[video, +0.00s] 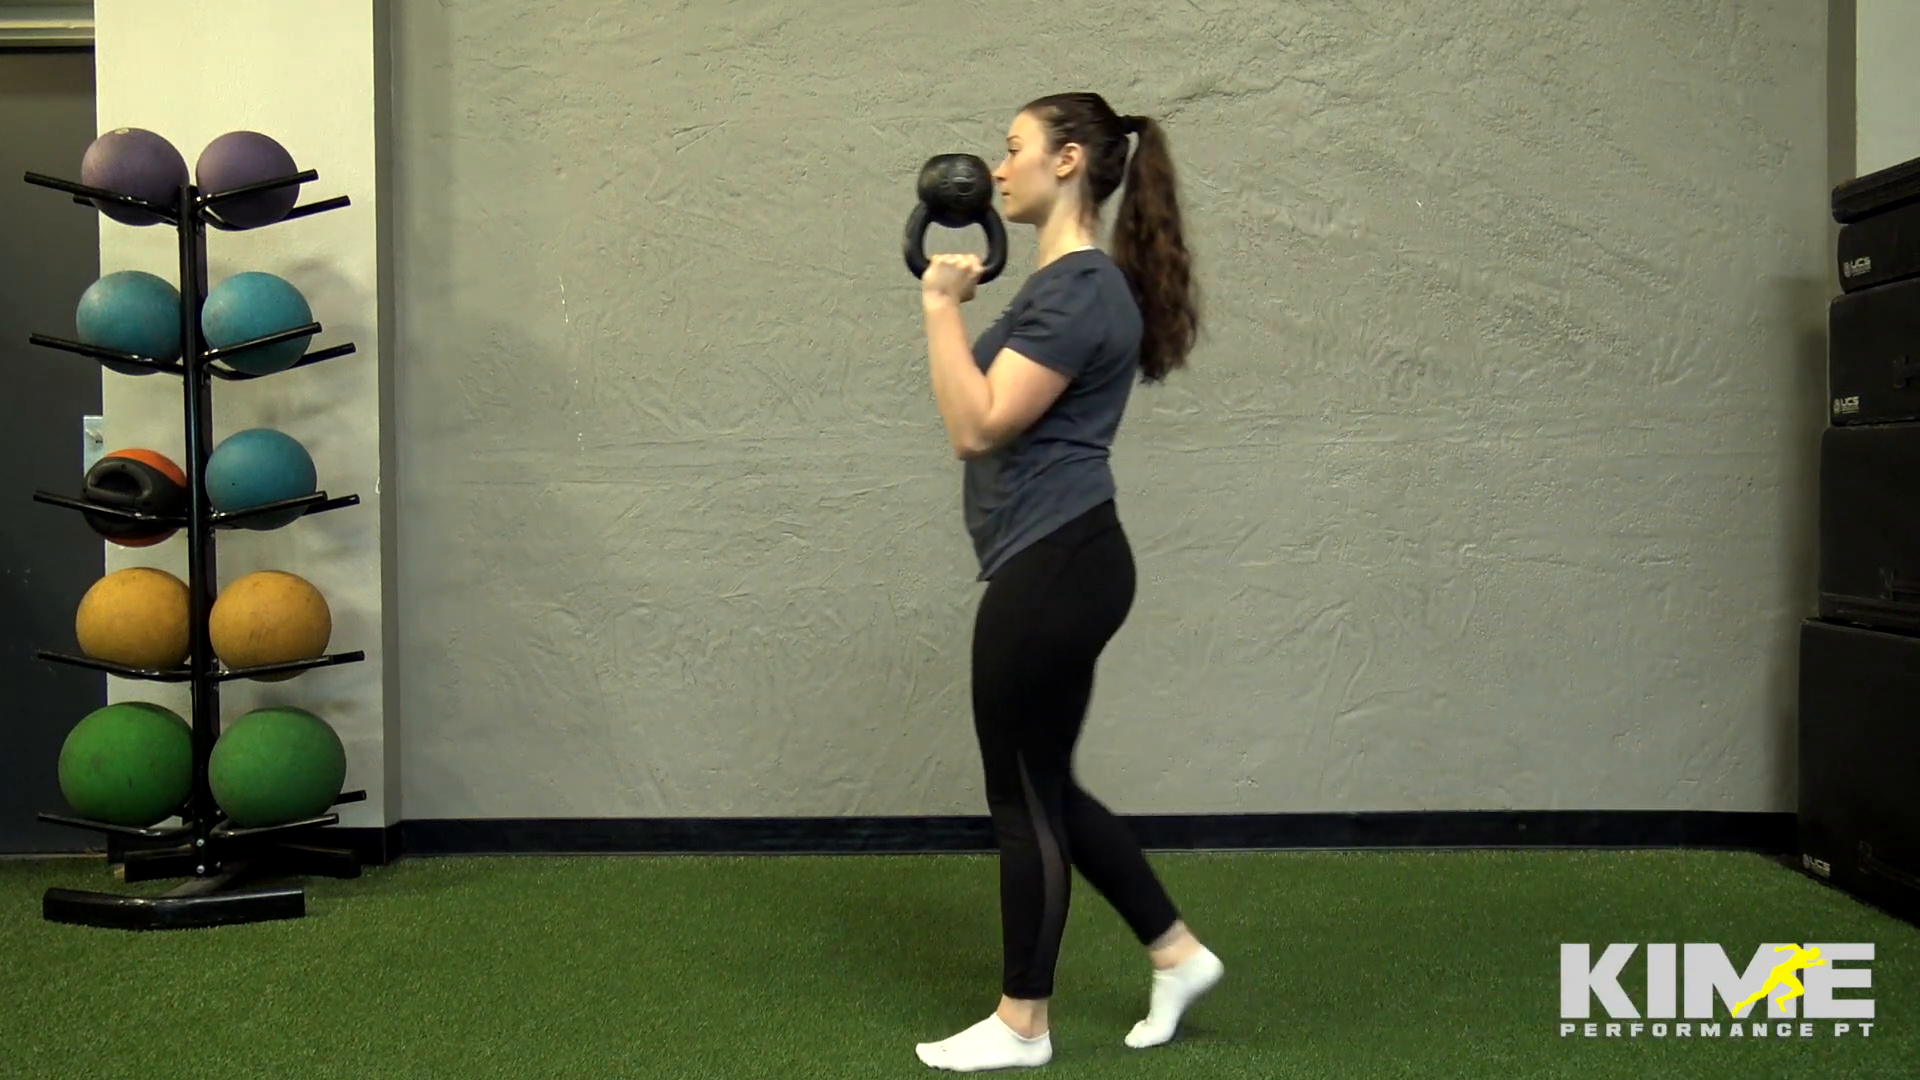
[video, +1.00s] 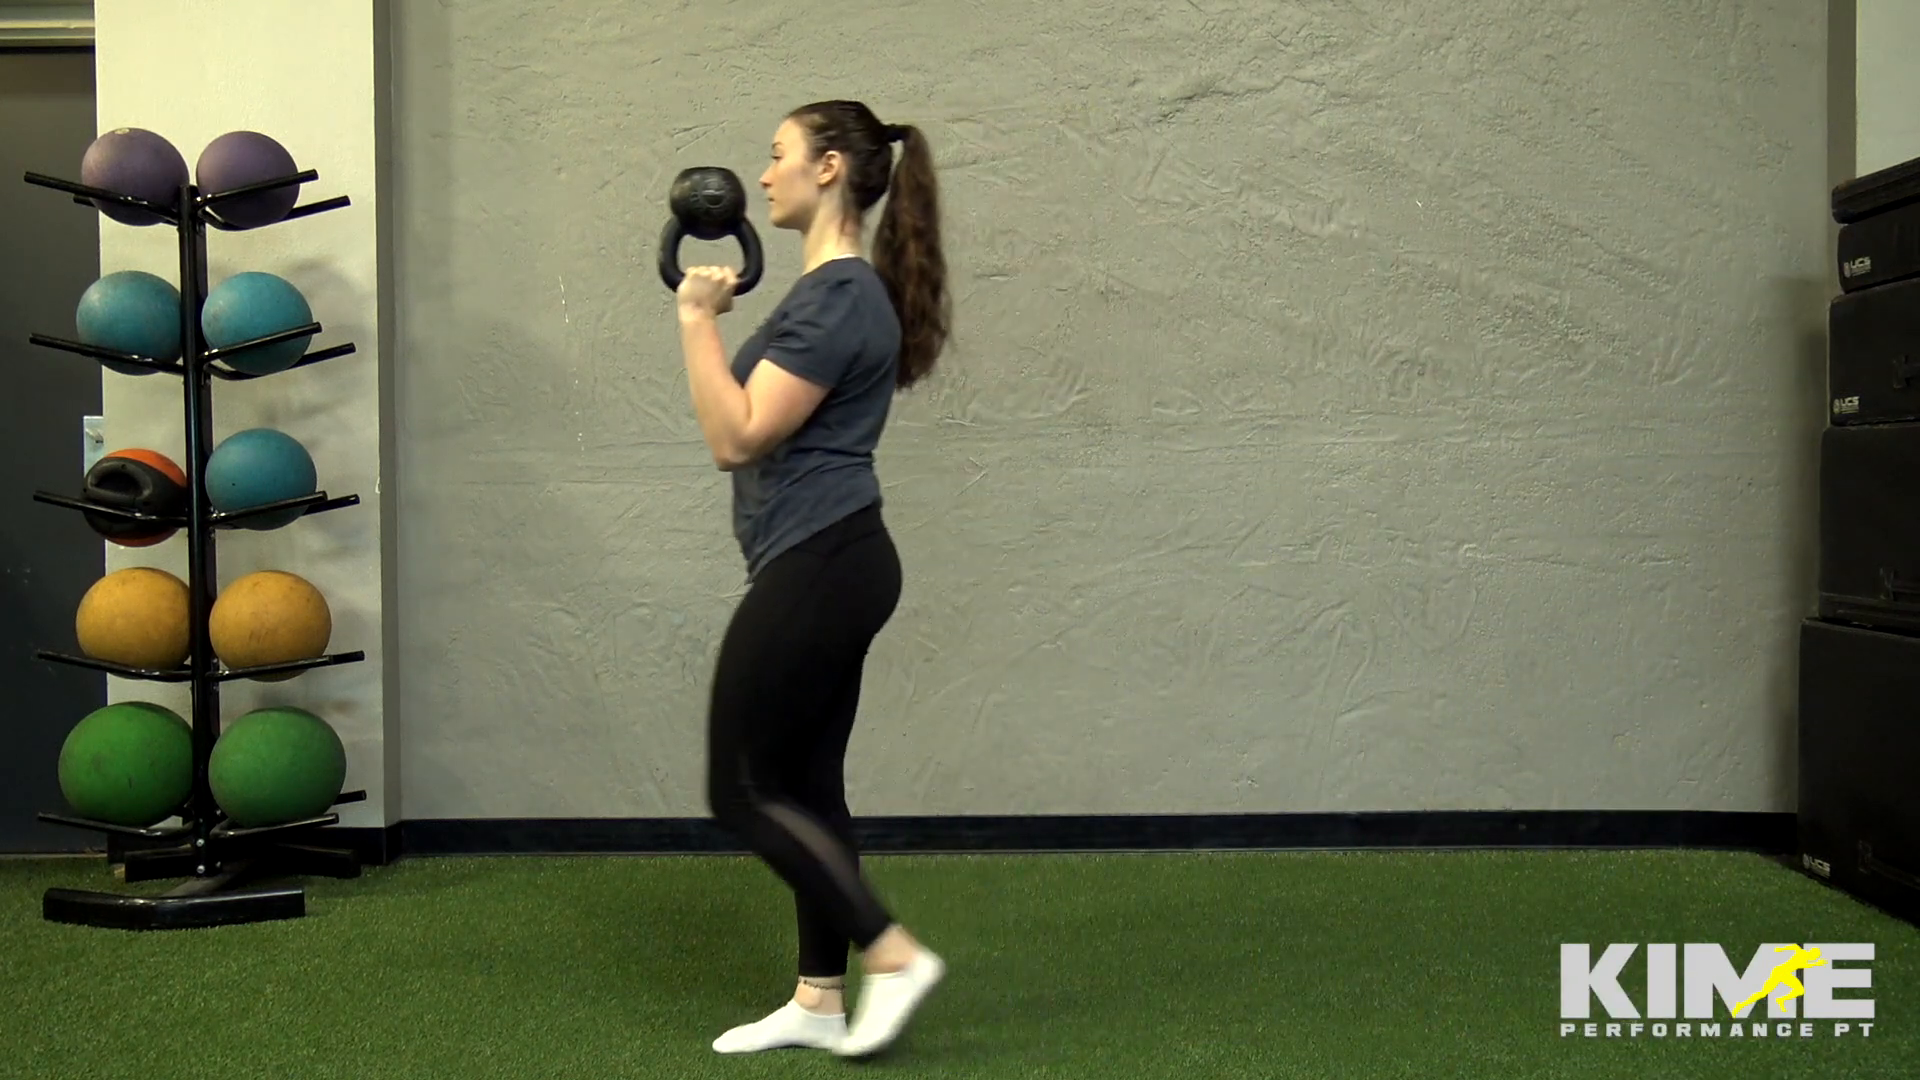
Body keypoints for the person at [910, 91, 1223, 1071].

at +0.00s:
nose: (998, 170)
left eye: (1015, 152)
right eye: (1004, 152)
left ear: (1069, 165)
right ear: (1072, 166)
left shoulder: (1078, 288)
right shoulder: (1067, 281)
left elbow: (979, 424)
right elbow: (976, 425)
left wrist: (940, 304)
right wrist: (950, 306)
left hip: (1053, 565)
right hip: (1058, 558)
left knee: (1020, 792)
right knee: (1045, 782)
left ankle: (1022, 1018)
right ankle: (1178, 952)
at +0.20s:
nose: (952, 168)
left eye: (968, 150)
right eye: (957, 151)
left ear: (1023, 161)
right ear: (1022, 161)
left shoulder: (1039, 286)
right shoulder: (1014, 279)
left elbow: (934, 423)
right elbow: (931, 420)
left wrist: (892, 304)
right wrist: (898, 304)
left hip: (1020, 563)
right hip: (985, 563)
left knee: (1002, 791)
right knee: (923, 775)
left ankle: (1021, 1022)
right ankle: (1049, 944)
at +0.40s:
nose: (906, 171)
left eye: (922, 154)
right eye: (911, 154)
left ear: (977, 165)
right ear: (980, 170)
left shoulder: (992, 287)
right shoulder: (967, 282)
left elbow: (880, 424)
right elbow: (887, 424)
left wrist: (843, 306)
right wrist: (842, 310)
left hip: (978, 566)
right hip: (939, 567)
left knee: (978, 799)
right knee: (884, 781)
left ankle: (1021, 1020)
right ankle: (847, 989)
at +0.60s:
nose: (858, 175)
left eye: (872, 158)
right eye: (862, 158)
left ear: (926, 168)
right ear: (927, 170)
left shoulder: (944, 293)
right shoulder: (919, 288)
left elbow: (828, 427)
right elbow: (825, 424)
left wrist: (790, 312)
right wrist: (792, 314)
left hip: (923, 565)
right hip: (892, 568)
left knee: (940, 799)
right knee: (858, 795)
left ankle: (1017, 1014)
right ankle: (825, 1000)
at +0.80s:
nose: (813, 174)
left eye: (828, 157)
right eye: (819, 157)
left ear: (878, 171)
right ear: (884, 172)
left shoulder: (888, 295)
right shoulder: (879, 289)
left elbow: (784, 429)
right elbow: (779, 435)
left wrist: (745, 312)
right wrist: (755, 317)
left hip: (871, 564)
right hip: (857, 562)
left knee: (860, 791)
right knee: (835, 788)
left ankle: (996, 987)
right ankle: (820, 1000)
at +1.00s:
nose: (763, 176)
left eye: (778, 159)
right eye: (768, 159)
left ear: (829, 171)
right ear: (833, 173)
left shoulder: (842, 295)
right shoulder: (838, 290)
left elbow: (739, 434)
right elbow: (736, 434)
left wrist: (697, 317)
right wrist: (705, 318)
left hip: (817, 563)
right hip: (832, 558)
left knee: (739, 792)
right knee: (811, 788)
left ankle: (894, 956)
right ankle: (817, 1000)